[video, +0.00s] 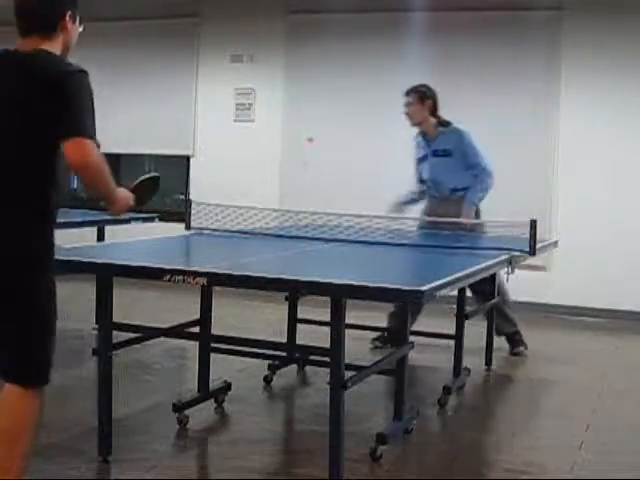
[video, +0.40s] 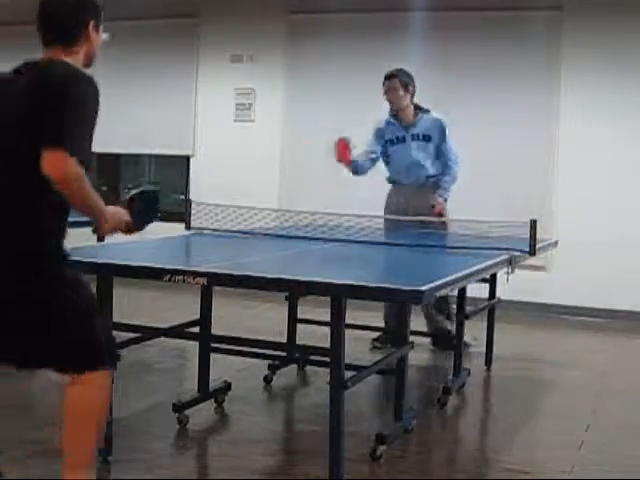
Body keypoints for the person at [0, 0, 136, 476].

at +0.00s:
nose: (78, 34)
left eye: (77, 25)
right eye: (78, 24)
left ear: (19, 23)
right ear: (67, 23)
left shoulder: (4, 65)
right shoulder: (65, 77)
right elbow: (80, 153)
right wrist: (114, 196)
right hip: (20, 244)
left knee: (17, 365)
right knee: (22, 373)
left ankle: (12, 465)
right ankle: (10, 471)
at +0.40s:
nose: (101, 40)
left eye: (101, 30)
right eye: (101, 30)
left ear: (44, 31)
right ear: (90, 32)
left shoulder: (12, 79)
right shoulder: (73, 84)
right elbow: (58, 164)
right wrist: (101, 213)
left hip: (7, 253)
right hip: (30, 259)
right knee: (94, 361)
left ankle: (80, 457)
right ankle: (79, 471)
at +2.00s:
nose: (209, 7)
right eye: (208, 5)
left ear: (145, 3)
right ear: (198, 4)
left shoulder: (81, 59)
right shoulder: (212, 63)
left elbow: (23, 156)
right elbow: (206, 169)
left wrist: (5, 243)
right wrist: (219, 273)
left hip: (73, 285)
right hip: (158, 293)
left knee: (74, 413)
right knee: (184, 455)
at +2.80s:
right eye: (83, 8)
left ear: (27, 10)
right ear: (82, 10)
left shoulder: (6, 67)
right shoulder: (113, 75)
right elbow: (145, 165)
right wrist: (123, 216)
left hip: (8, 259)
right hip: (78, 260)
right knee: (77, 404)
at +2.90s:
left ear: (9, 21)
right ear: (63, 24)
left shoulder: (4, 85)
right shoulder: (98, 95)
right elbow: (135, 181)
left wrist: (109, 213)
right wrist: (109, 215)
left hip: (6, 273)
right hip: (69, 274)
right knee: (71, 404)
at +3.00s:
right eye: (44, 38)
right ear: (42, 41)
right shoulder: (71, 108)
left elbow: (109, 191)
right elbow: (112, 191)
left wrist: (90, 205)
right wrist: (85, 207)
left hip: (5, 278)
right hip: (50, 278)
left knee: (62, 399)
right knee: (62, 397)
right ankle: (76, 474)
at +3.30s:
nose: (9, 47)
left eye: (6, 41)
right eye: (12, 41)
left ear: (3, 43)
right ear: (10, 44)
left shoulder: (29, 103)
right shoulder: (28, 103)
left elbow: (44, 184)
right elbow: (46, 184)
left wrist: (23, 200)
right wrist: (20, 201)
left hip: (8, 233)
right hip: (6, 235)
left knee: (12, 329)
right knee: (10, 329)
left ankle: (14, 420)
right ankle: (14, 420)